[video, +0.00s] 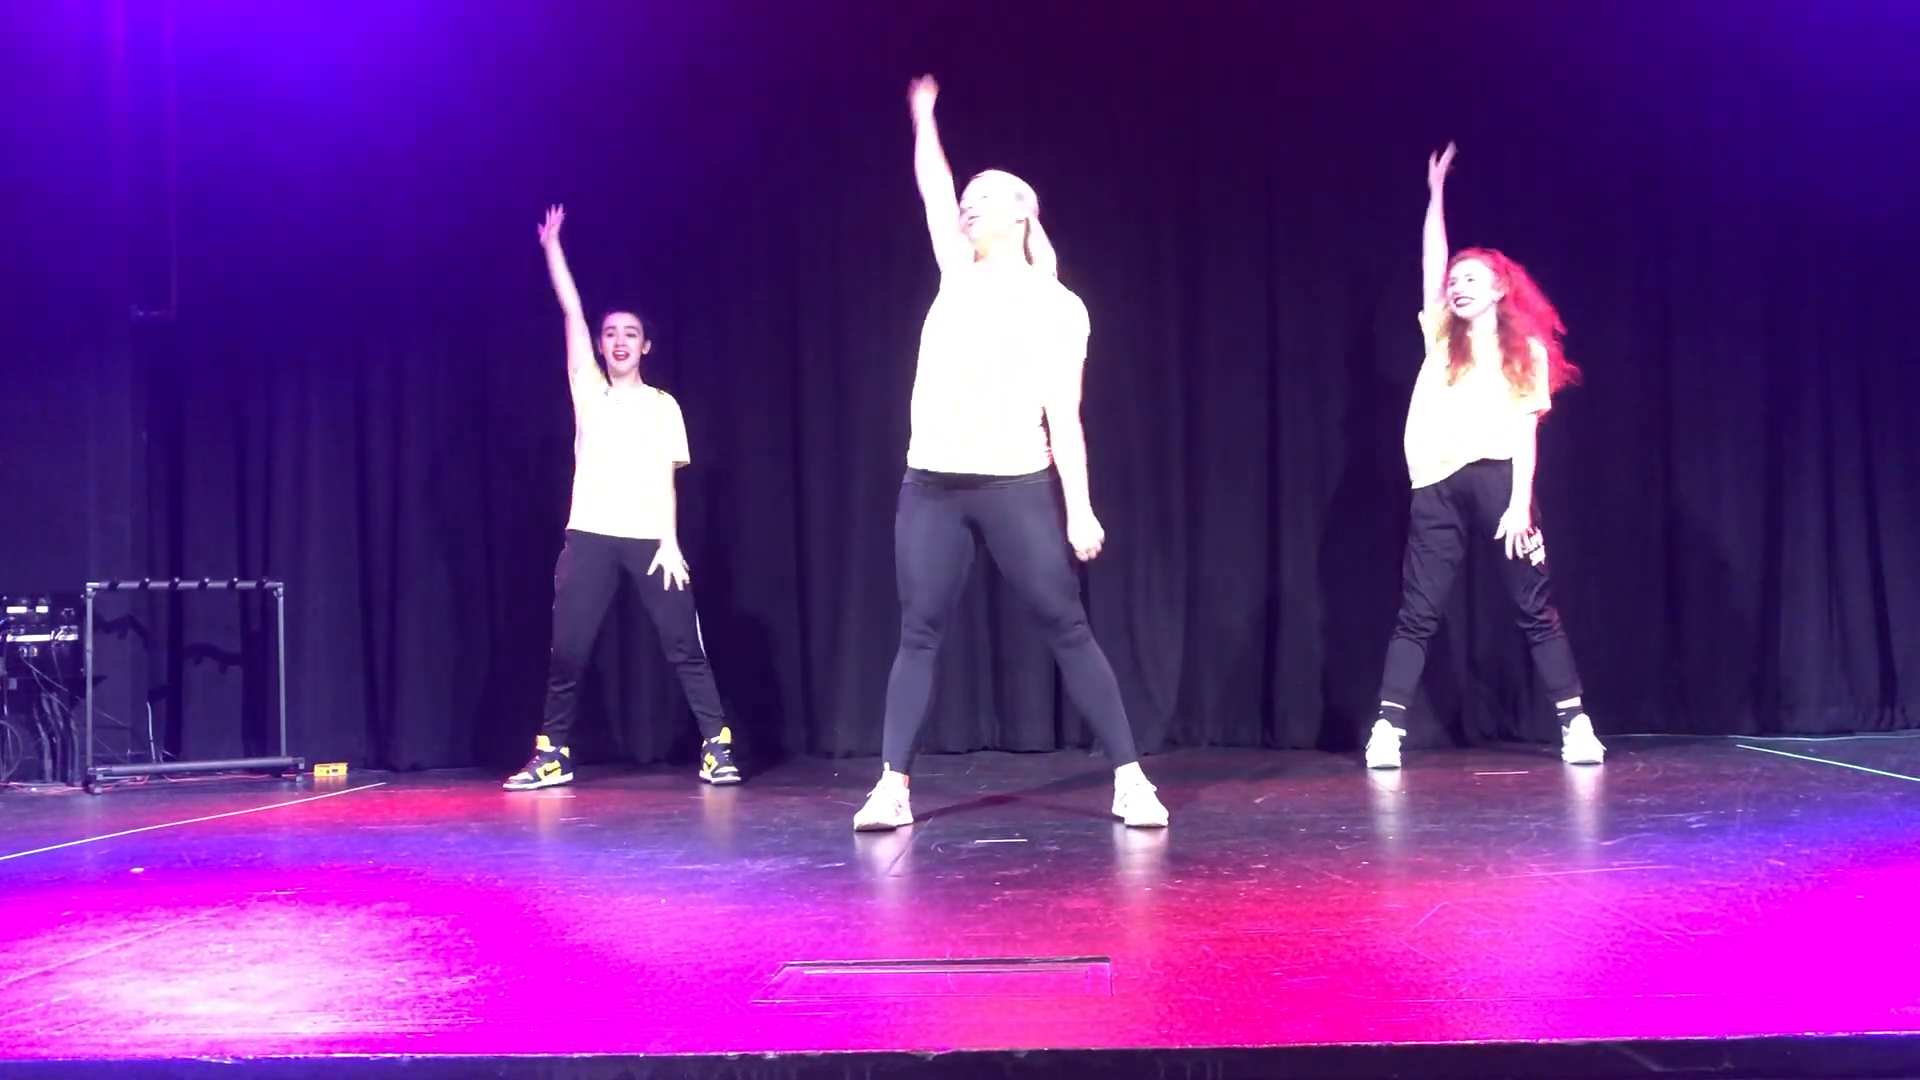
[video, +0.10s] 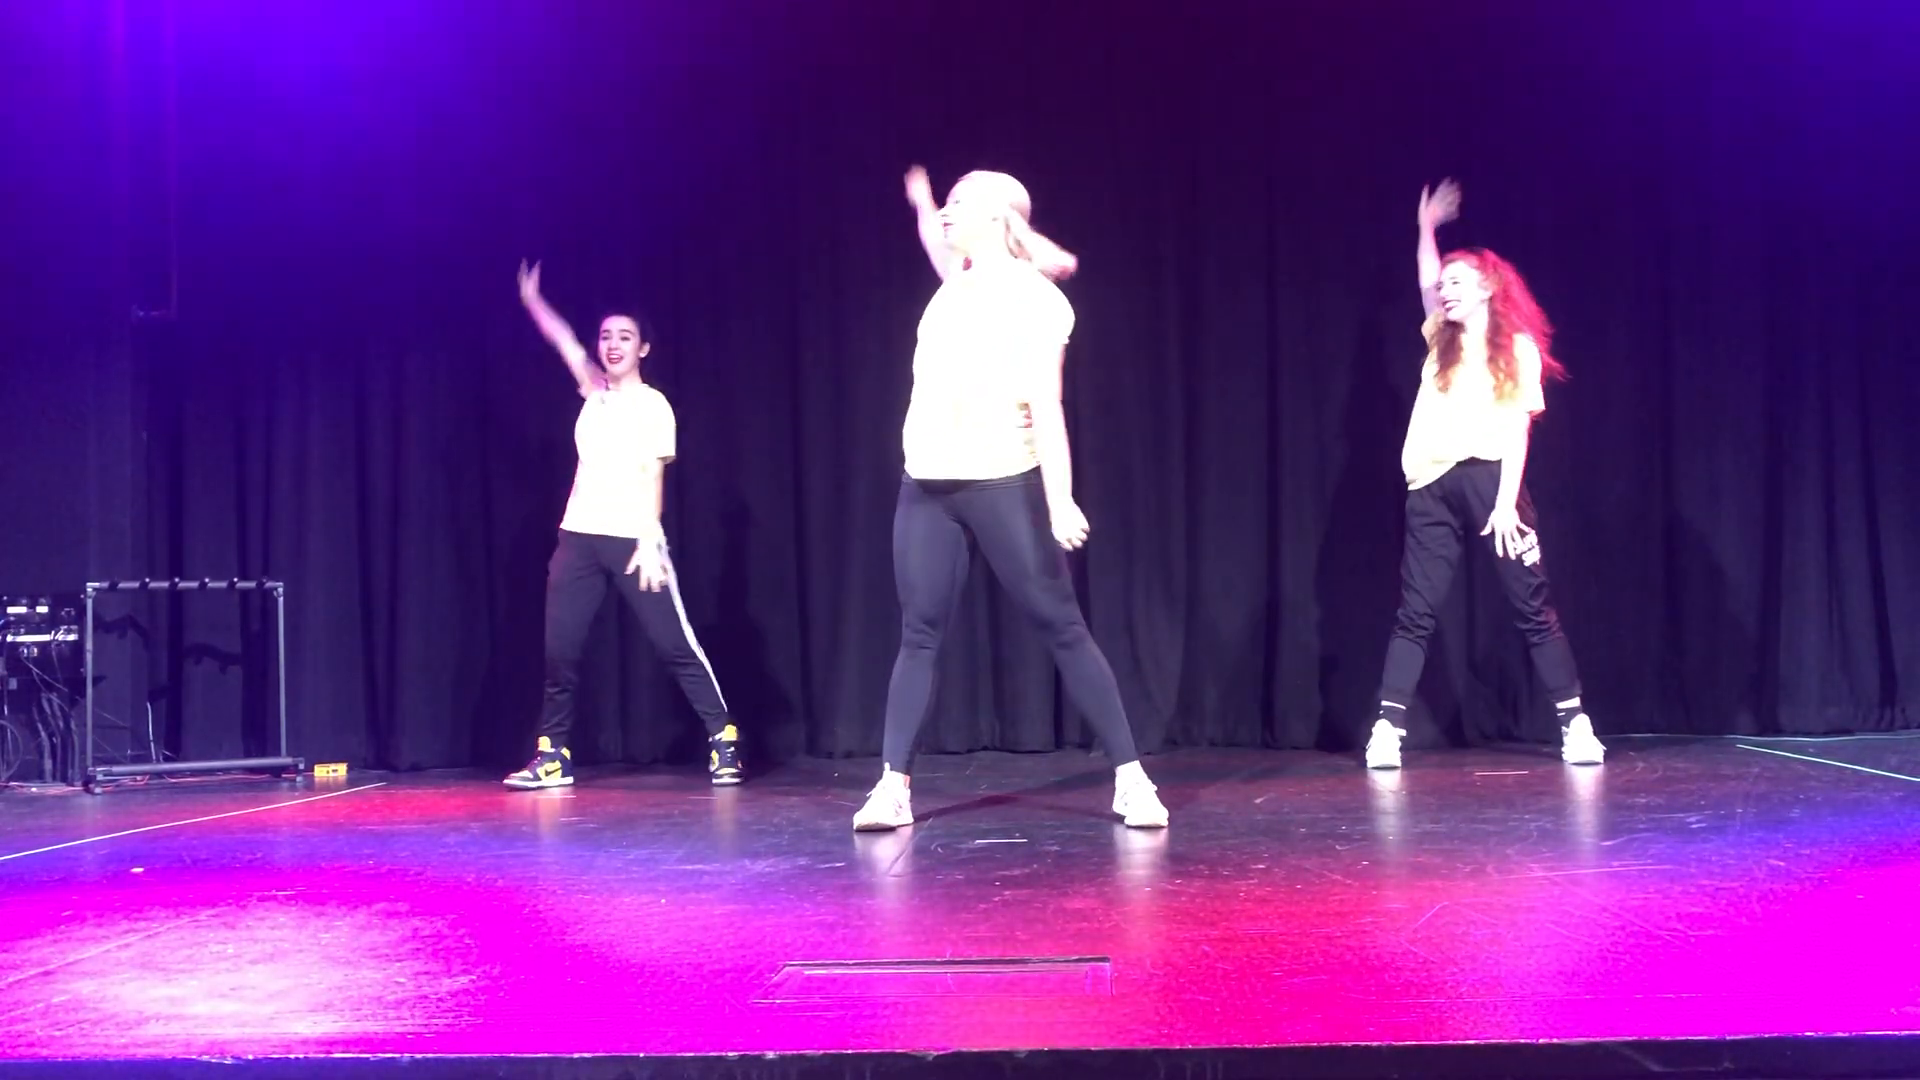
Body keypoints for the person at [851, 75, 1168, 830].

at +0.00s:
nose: (971, 210)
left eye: (987, 200)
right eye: (967, 202)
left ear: (1023, 217)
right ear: (964, 219)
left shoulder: (1059, 308)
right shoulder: (957, 270)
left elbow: (1065, 415)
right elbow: (935, 191)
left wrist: (1079, 510)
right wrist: (922, 116)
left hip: (1016, 485)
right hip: (931, 484)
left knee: (1066, 628)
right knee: (918, 628)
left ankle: (1129, 776)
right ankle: (892, 784)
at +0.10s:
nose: (949, 222)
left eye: (958, 211)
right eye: (951, 214)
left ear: (998, 218)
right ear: (968, 225)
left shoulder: (1040, 299)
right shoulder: (960, 280)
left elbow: (1047, 405)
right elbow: (938, 238)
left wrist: (1061, 499)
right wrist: (921, 201)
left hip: (1002, 480)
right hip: (927, 482)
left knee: (1061, 628)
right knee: (918, 629)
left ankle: (1130, 774)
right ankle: (892, 782)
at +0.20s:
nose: (924, 214)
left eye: (939, 202)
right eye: (929, 203)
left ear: (981, 217)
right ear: (963, 220)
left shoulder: (1016, 294)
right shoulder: (938, 296)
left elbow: (1022, 397)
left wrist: (1035, 484)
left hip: (995, 482)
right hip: (925, 487)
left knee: (1063, 627)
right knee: (917, 633)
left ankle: (1136, 772)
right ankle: (893, 783)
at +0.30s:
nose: (905, 220)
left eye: (921, 210)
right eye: (911, 209)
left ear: (961, 225)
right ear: (947, 227)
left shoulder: (991, 288)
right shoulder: (935, 292)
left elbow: (1002, 386)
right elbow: (940, 392)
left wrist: (1017, 484)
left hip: (995, 480)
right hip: (929, 486)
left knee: (1057, 628)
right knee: (912, 629)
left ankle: (1139, 770)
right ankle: (893, 783)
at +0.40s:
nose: (892, 251)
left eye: (905, 241)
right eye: (898, 240)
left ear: (942, 257)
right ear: (933, 256)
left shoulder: (975, 325)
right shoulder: (924, 331)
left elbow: (992, 428)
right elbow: (942, 429)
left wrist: (999, 527)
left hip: (1008, 504)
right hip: (936, 511)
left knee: (1054, 646)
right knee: (898, 637)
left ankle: (1136, 772)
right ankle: (894, 786)